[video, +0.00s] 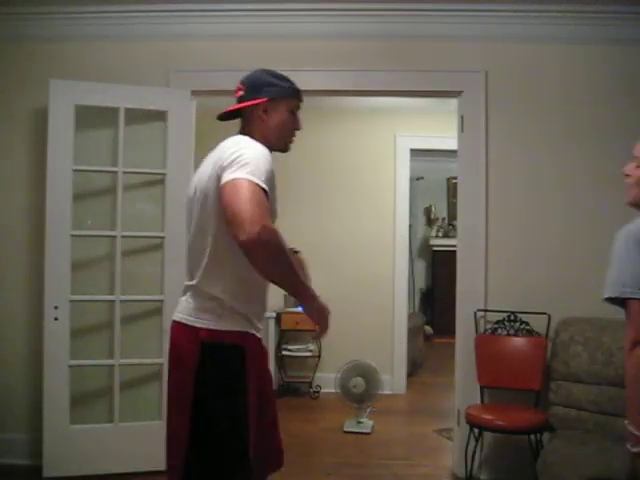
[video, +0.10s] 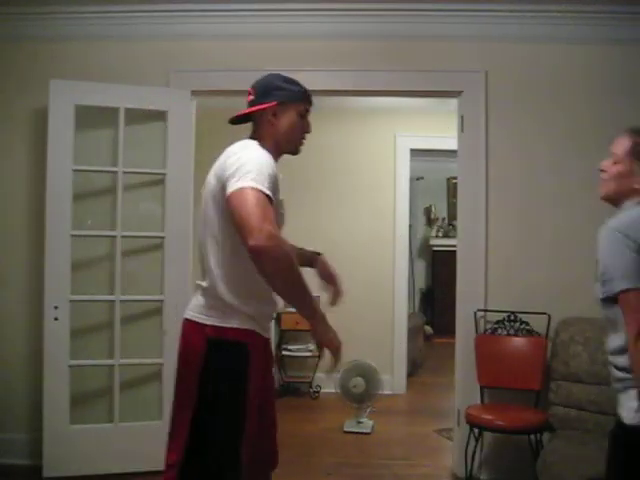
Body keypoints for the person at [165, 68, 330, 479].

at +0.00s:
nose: (298, 123)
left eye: (297, 113)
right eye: (292, 111)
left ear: (259, 112)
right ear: (263, 111)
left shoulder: (220, 156)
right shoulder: (248, 152)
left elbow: (223, 243)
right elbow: (252, 231)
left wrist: (280, 258)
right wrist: (307, 297)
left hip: (203, 335)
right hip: (223, 341)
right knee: (237, 465)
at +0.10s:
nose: (308, 128)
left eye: (308, 117)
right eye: (302, 115)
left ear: (270, 117)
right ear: (273, 115)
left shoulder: (244, 159)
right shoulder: (250, 157)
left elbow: (254, 245)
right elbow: (262, 240)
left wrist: (313, 258)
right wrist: (316, 320)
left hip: (236, 335)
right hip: (226, 337)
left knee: (250, 460)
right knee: (221, 464)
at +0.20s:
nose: (318, 126)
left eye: (317, 116)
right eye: (312, 115)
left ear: (284, 118)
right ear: (283, 115)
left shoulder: (271, 167)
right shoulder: (258, 161)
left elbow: (277, 247)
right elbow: (253, 247)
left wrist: (333, 259)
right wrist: (315, 326)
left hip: (254, 335)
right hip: (236, 335)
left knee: (255, 458)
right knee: (224, 461)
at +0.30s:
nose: (327, 130)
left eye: (326, 120)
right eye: (321, 118)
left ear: (291, 120)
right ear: (292, 118)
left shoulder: (281, 171)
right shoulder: (267, 163)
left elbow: (291, 251)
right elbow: (249, 248)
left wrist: (349, 257)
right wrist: (307, 327)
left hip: (265, 336)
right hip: (246, 336)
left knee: (261, 459)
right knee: (238, 461)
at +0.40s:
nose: (335, 131)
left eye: (335, 121)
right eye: (328, 119)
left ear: (300, 122)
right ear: (300, 119)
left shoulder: (292, 174)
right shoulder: (273, 163)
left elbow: (303, 251)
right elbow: (252, 246)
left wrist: (360, 255)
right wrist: (300, 329)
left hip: (273, 334)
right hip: (254, 335)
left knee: (272, 460)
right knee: (261, 463)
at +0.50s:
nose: (343, 130)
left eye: (342, 121)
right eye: (336, 118)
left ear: (309, 122)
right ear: (307, 119)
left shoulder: (300, 175)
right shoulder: (278, 164)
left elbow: (318, 251)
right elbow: (257, 245)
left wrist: (370, 254)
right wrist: (304, 329)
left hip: (280, 333)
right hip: (260, 333)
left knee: (284, 461)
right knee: (275, 464)